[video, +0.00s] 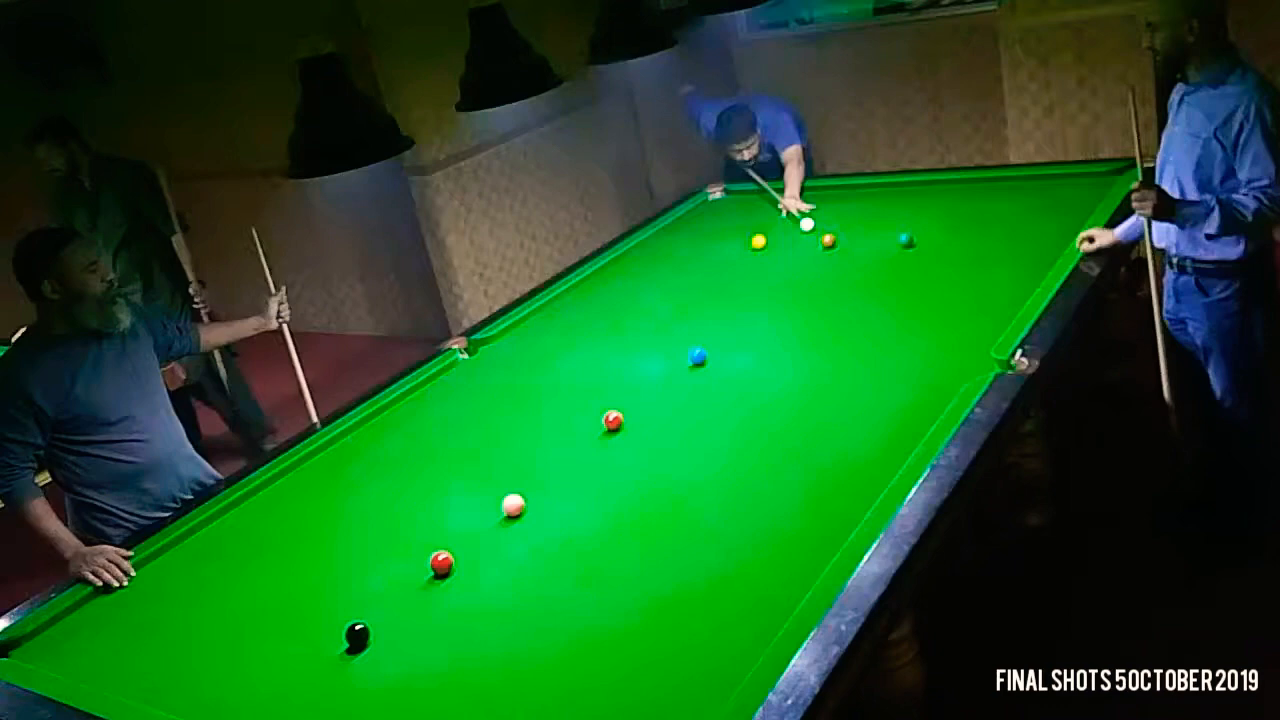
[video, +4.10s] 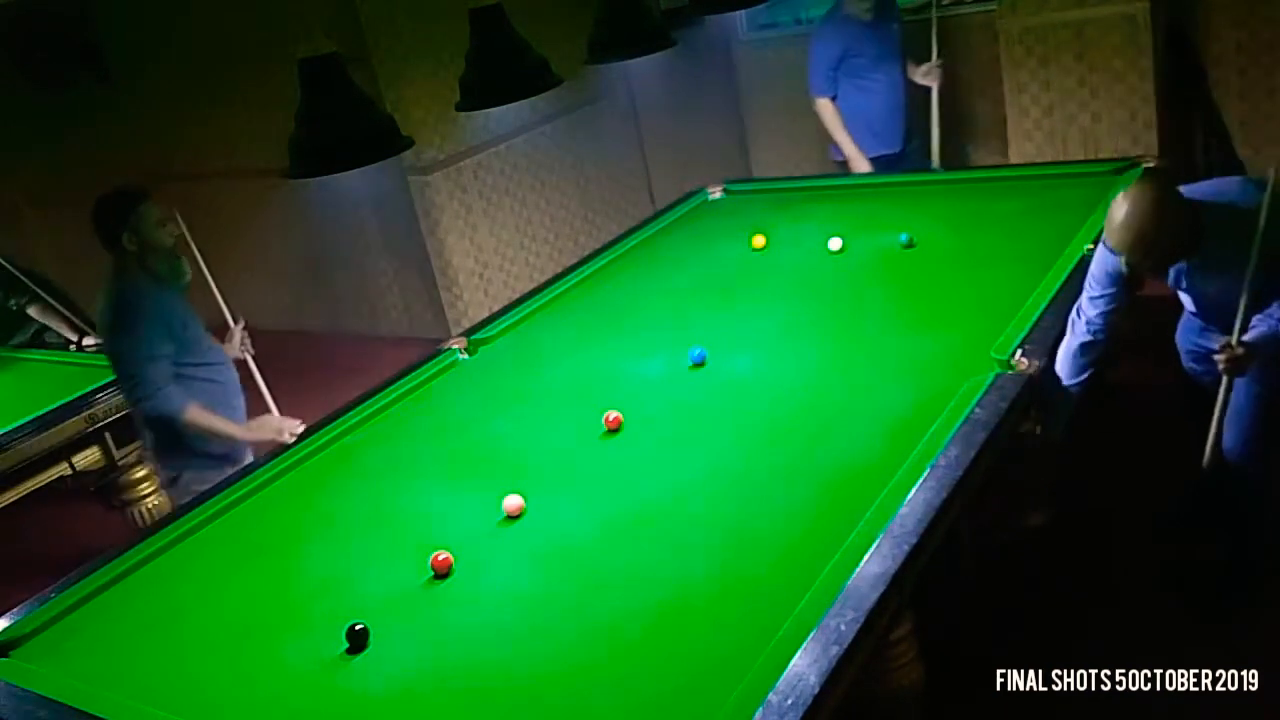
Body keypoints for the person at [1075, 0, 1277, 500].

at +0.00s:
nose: (1150, 41)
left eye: (1158, 28)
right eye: (1149, 30)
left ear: (1196, 28)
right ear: (1190, 31)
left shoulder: (1249, 100)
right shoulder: (1184, 95)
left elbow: (1264, 204)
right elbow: (1172, 189)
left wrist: (1178, 210)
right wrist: (1117, 234)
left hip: (1225, 282)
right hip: (1179, 276)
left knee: (1235, 415)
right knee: (1191, 409)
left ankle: (1243, 522)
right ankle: (1197, 510)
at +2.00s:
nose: (1151, 63)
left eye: (1157, 52)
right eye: (1146, 52)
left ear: (1193, 39)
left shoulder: (1258, 101)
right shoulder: (1173, 96)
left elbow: (1277, 213)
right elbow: (1145, 179)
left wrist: (1209, 221)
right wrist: (1104, 254)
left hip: (1245, 284)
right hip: (1187, 279)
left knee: (1248, 407)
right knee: (1199, 405)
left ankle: (1258, 520)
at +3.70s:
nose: (1153, 151)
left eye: (1162, 141)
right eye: (1145, 139)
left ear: (1194, 120)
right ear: (1139, 120)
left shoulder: (1252, 158)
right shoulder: (1136, 149)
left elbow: (1273, 258)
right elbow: (1112, 229)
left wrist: (1223, 309)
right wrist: (1102, 308)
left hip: (1238, 312)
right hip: (1176, 303)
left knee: (1224, 431)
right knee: (1166, 422)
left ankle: (1234, 544)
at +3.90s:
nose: (1151, 222)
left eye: (1157, 212)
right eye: (1140, 214)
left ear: (1185, 190)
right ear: (1128, 190)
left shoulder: (1257, 189)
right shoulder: (1126, 200)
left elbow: (1278, 282)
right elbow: (1101, 279)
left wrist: (1238, 332)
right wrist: (1089, 362)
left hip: (1255, 319)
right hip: (1192, 310)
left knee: (1231, 443)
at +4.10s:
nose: (1132, 270)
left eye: (1142, 259)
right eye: (1125, 257)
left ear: (1172, 241)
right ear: (1117, 234)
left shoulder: (1247, 221)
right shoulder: (1127, 229)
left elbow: (1279, 303)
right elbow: (1095, 309)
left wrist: (1256, 344)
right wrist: (1068, 377)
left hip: (1263, 336)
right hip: (1203, 320)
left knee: (1238, 456)